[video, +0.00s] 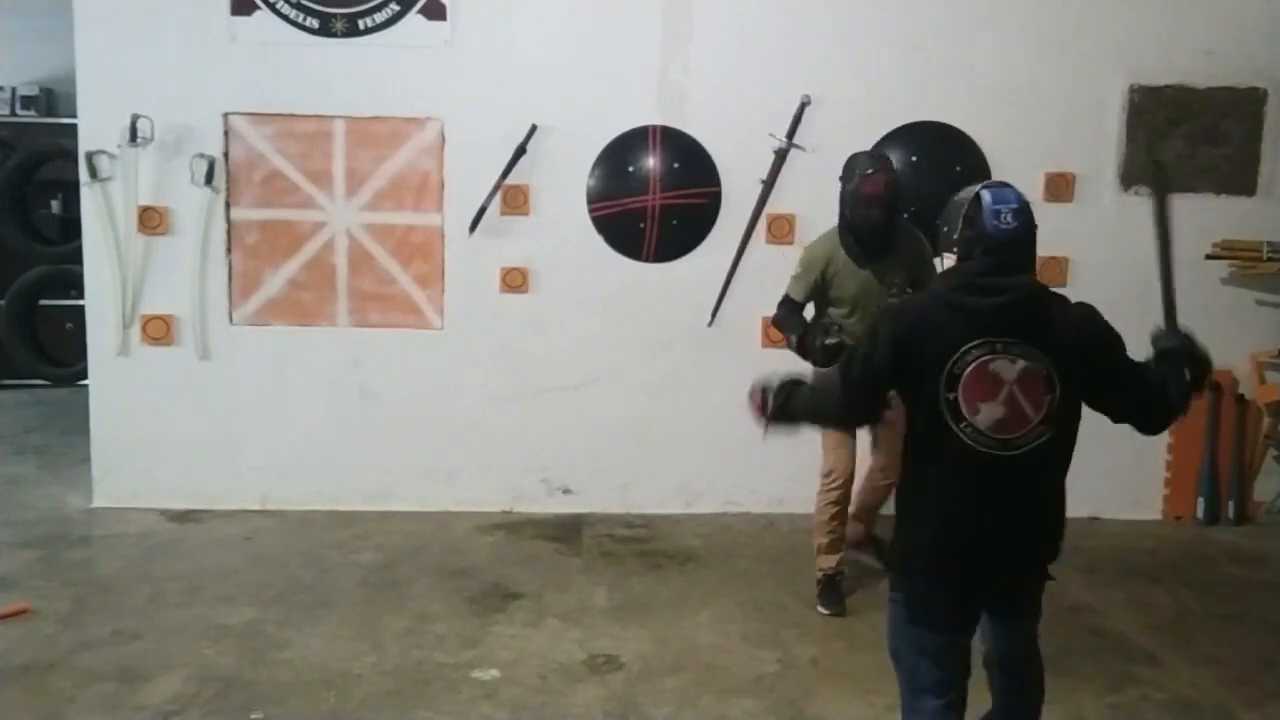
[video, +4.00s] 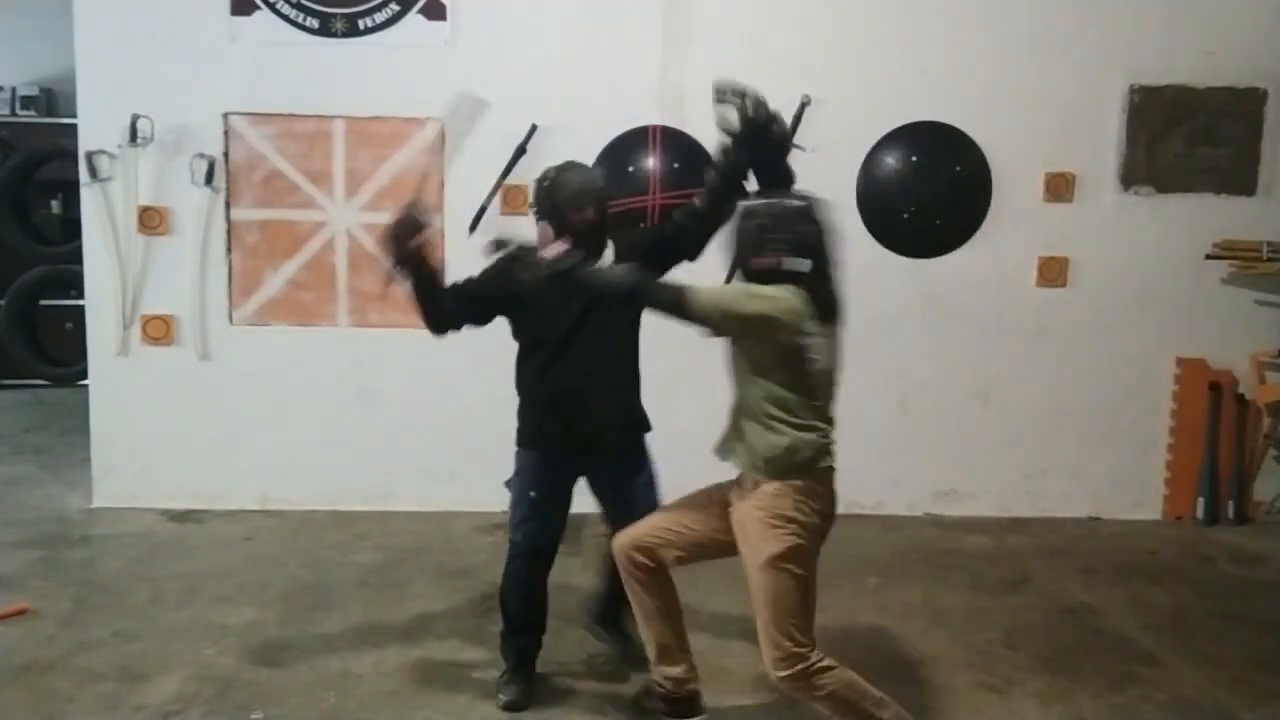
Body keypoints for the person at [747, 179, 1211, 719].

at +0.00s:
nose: (942, 247)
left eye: (948, 237)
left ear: (958, 243)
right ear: (1030, 243)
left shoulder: (914, 320)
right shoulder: (1072, 324)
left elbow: (848, 400)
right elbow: (1148, 408)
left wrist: (787, 398)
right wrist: (1178, 361)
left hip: (933, 545)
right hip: (1025, 541)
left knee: (930, 690)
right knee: (1016, 669)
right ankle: (1014, 714)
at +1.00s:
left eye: (887, 205)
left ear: (882, 215)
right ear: (961, 224)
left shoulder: (858, 295)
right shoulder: (981, 304)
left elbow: (806, 375)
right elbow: (980, 401)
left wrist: (816, 445)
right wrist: (953, 451)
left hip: (857, 487)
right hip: (943, 488)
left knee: (818, 614)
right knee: (949, 596)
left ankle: (798, 709)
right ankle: (960, 702)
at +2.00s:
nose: (951, 244)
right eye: (950, 234)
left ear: (877, 220)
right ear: (941, 231)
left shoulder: (838, 286)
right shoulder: (945, 303)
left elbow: (805, 341)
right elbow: (1000, 377)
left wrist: (863, 328)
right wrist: (1059, 370)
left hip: (833, 469)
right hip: (913, 476)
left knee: (806, 589)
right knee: (933, 584)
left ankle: (781, 707)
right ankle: (943, 683)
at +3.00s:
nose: (852, 240)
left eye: (848, 230)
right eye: (847, 231)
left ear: (795, 230)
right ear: (835, 234)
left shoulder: (774, 277)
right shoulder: (846, 287)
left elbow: (823, 290)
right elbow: (929, 297)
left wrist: (850, 265)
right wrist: (1003, 264)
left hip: (776, 459)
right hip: (839, 462)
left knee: (753, 552)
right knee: (889, 566)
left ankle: (707, 659)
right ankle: (934, 664)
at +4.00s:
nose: (602, 214)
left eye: (601, 204)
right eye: (591, 205)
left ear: (594, 214)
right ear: (563, 214)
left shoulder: (626, 263)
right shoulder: (517, 275)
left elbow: (697, 223)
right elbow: (444, 313)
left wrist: (739, 156)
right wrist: (417, 262)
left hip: (617, 436)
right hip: (545, 441)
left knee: (640, 534)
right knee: (529, 550)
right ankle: (518, 665)